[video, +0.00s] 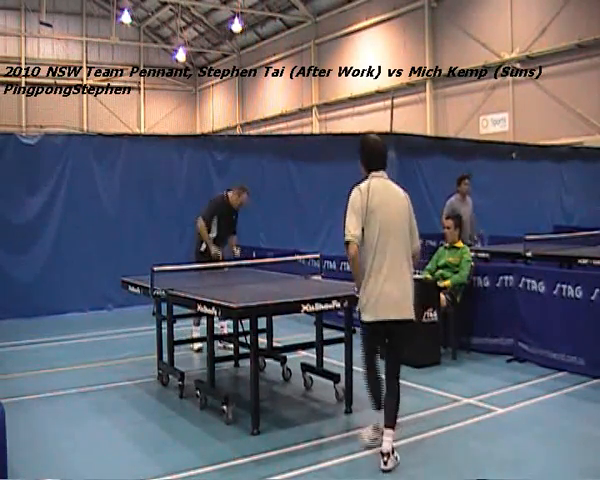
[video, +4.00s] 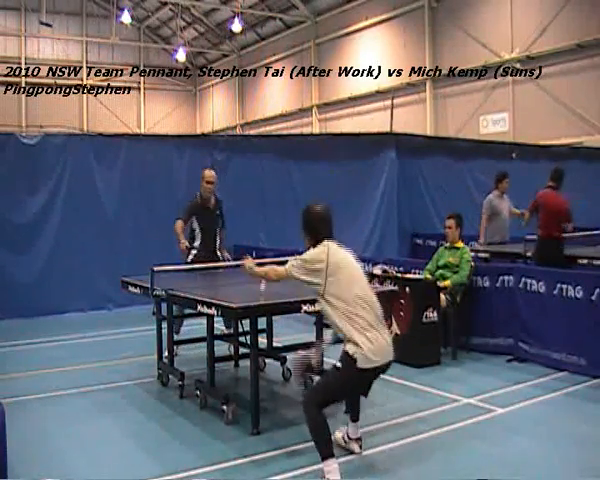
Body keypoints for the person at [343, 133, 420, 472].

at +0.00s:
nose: (362, 164)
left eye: (361, 158)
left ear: (362, 161)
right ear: (386, 161)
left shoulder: (359, 193)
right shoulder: (402, 195)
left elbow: (353, 243)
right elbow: (415, 248)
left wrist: (359, 280)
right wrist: (399, 271)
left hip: (372, 297)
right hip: (402, 297)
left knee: (370, 362)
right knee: (393, 370)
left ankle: (382, 421)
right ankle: (388, 441)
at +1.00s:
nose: (293, 185)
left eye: (293, 179)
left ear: (294, 182)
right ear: (319, 181)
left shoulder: (295, 210)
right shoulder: (336, 212)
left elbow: (291, 257)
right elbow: (344, 260)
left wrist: (298, 303)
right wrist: (334, 298)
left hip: (318, 321)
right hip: (350, 319)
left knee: (288, 392)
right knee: (360, 380)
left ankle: (297, 469)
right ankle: (381, 451)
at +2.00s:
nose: (306, 199)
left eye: (305, 194)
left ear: (306, 196)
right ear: (330, 195)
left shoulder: (307, 225)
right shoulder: (347, 224)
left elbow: (299, 277)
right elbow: (358, 274)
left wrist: (304, 318)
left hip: (328, 331)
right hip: (361, 328)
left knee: (293, 390)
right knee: (364, 379)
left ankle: (297, 468)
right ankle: (381, 449)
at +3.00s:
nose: (318, 213)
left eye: (319, 208)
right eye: (321, 207)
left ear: (323, 211)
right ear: (345, 208)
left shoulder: (337, 230)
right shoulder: (356, 232)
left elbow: (348, 256)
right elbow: (347, 262)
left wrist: (359, 282)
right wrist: (324, 261)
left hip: (361, 332)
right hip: (384, 333)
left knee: (316, 389)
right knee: (358, 379)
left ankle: (302, 468)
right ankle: (375, 449)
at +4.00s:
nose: (302, 233)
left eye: (303, 229)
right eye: (304, 228)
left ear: (307, 231)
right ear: (330, 228)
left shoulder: (319, 256)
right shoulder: (344, 253)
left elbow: (279, 274)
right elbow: (294, 268)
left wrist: (253, 269)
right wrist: (266, 269)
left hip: (363, 356)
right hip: (384, 351)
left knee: (311, 402)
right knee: (349, 381)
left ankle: (331, 472)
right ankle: (353, 434)